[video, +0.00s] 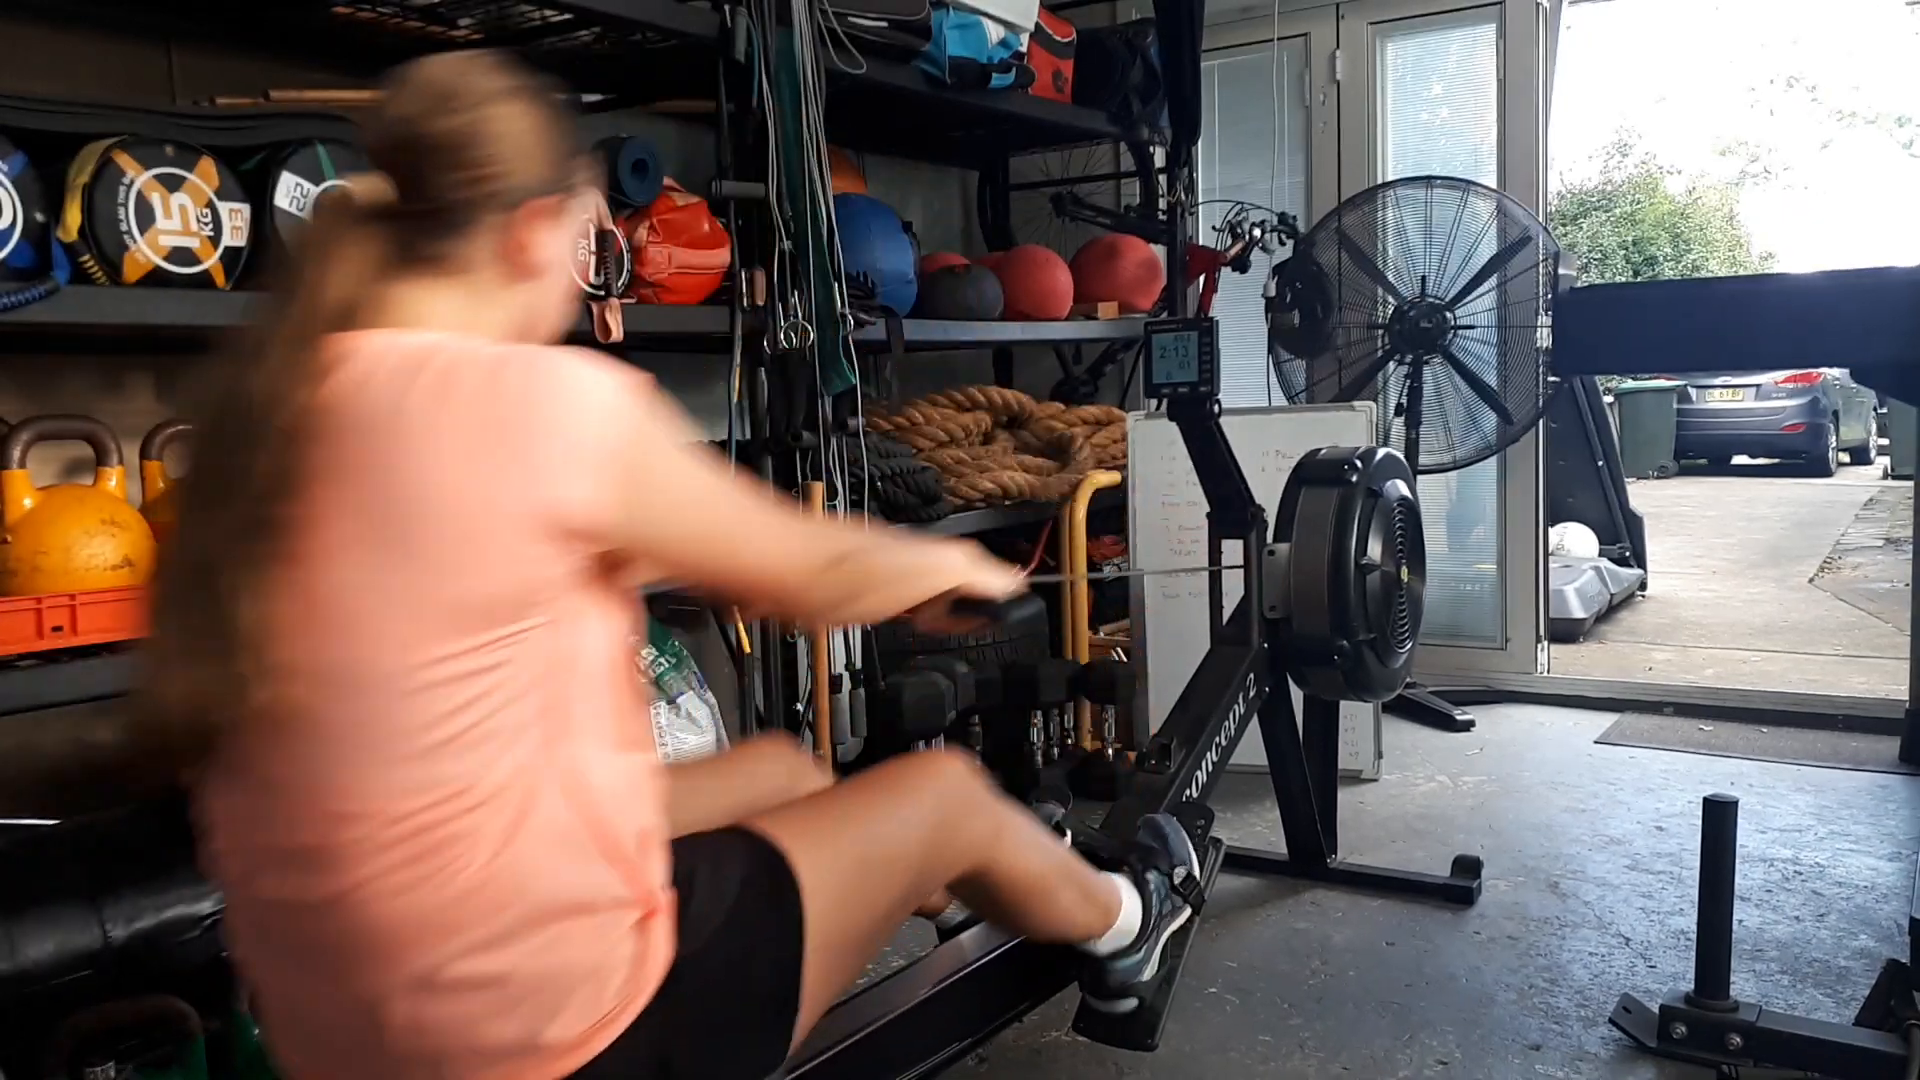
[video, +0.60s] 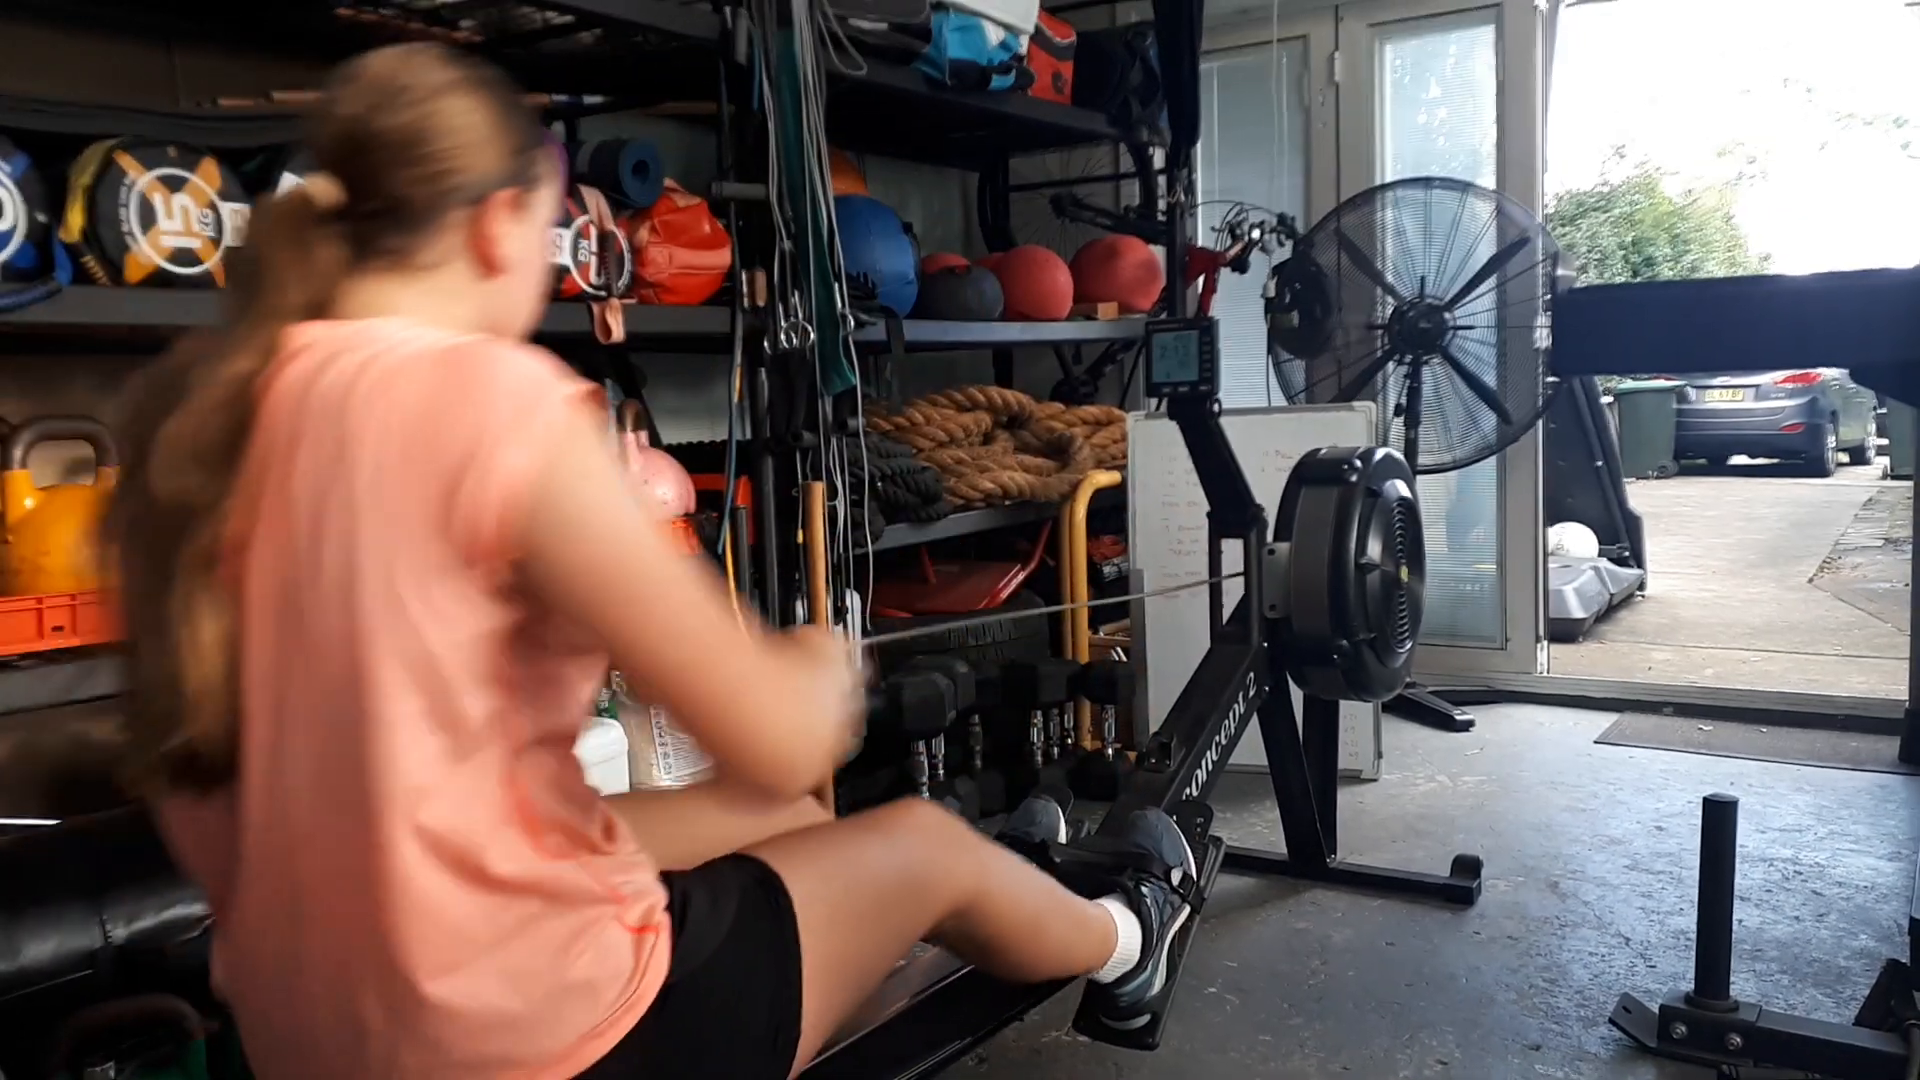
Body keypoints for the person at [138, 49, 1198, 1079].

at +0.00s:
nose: (594, 264)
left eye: (595, 234)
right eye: (587, 232)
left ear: (393, 219)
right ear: (529, 231)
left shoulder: (283, 399)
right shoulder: (553, 407)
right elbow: (816, 581)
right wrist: (948, 560)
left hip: (336, 1028)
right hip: (564, 1029)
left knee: (785, 762)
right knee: (945, 788)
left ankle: (913, 898)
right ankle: (1120, 926)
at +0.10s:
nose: (479, 318)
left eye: (487, 284)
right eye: (481, 281)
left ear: (267, 252)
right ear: (412, 266)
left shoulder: (146, 424)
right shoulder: (389, 435)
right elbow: (732, 678)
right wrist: (843, 600)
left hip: (301, 1023)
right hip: (523, 1026)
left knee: (745, 828)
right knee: (917, 843)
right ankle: (1112, 936)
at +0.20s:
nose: (401, 343)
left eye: (412, 303)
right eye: (408, 302)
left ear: (166, 268)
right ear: (336, 288)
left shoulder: (42, 459)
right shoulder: (296, 505)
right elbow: (624, 809)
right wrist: (716, 678)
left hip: (308, 1032)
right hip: (516, 1039)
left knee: (729, 844)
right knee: (901, 876)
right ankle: (1113, 938)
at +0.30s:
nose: (392, 338)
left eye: (401, 299)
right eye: (395, 297)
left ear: (157, 269)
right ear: (327, 286)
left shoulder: (46, 458)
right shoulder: (259, 511)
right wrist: (588, 715)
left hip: (302, 1025)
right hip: (508, 1039)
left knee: (736, 836)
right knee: (898, 876)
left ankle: (867, 970)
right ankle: (1112, 940)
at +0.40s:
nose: (406, 318)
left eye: (412, 280)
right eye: (408, 278)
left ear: (168, 258)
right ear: (340, 272)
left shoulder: (57, 453)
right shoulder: (297, 498)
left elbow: (51, 807)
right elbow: (472, 915)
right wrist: (598, 705)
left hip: (292, 1036)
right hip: (509, 1046)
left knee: (747, 842)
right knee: (901, 877)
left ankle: (858, 1014)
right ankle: (1116, 948)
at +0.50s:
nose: (466, 289)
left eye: (470, 253)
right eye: (465, 250)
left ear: (243, 240)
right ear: (401, 245)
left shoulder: (144, 419)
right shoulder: (385, 445)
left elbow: (123, 807)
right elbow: (625, 836)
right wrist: (689, 683)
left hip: (299, 1031)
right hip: (514, 1041)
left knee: (749, 829)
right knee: (915, 869)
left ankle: (862, 1008)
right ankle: (1115, 949)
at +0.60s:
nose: (554, 258)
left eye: (556, 222)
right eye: (552, 220)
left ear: (340, 216)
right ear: (495, 223)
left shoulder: (221, 405)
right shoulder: (493, 401)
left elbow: (193, 779)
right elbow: (787, 744)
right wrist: (825, 660)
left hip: (307, 1032)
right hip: (539, 1031)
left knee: (780, 802)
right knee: (927, 845)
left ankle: (865, 986)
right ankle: (1120, 951)